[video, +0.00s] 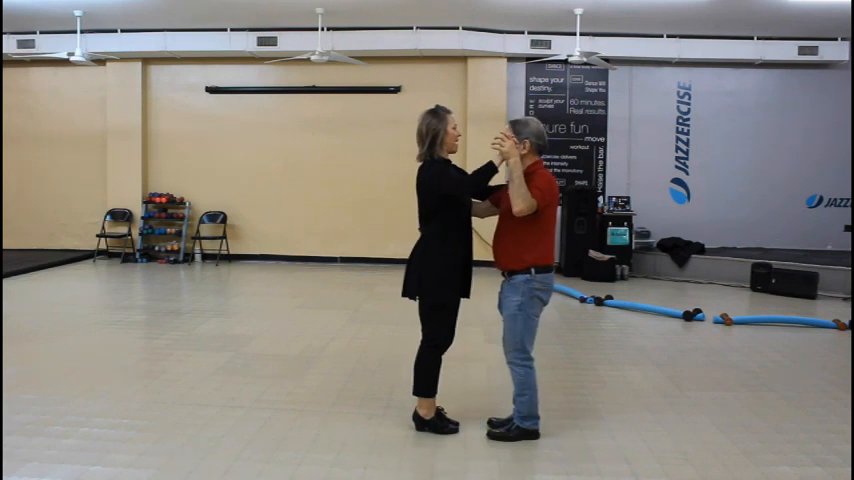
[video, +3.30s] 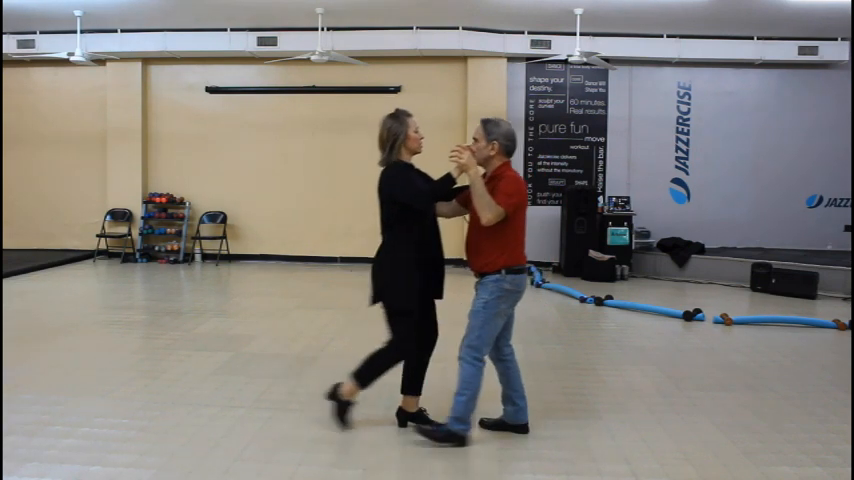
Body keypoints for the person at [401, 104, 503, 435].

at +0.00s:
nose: (459, 133)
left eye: (457, 127)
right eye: (453, 128)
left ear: (440, 133)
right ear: (439, 134)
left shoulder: (440, 168)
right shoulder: (436, 171)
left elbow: (474, 195)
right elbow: (469, 186)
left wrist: (508, 181)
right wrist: (496, 161)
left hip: (441, 267)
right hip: (437, 268)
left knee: (437, 338)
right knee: (435, 339)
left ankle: (427, 408)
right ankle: (424, 411)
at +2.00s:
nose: (460, 132)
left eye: (459, 127)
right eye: (455, 127)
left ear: (441, 132)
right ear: (440, 133)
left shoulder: (442, 167)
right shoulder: (438, 170)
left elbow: (472, 188)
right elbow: (472, 185)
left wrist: (505, 171)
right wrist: (501, 160)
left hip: (443, 267)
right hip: (439, 269)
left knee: (439, 338)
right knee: (438, 339)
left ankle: (427, 408)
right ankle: (425, 411)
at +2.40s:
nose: (453, 139)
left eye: (452, 133)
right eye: (448, 134)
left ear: (432, 138)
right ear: (433, 138)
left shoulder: (436, 173)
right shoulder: (425, 174)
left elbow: (464, 200)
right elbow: (455, 190)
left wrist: (498, 189)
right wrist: (485, 165)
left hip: (435, 270)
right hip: (421, 272)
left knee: (446, 336)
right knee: (445, 337)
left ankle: (429, 406)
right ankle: (410, 404)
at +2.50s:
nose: (446, 138)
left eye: (444, 133)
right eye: (440, 134)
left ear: (423, 140)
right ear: (424, 140)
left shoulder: (429, 176)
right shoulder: (419, 177)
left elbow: (457, 202)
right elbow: (444, 196)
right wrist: (473, 170)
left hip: (431, 274)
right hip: (415, 276)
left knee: (443, 335)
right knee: (437, 336)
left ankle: (428, 406)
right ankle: (376, 392)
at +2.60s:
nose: (435, 138)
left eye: (433, 133)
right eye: (429, 135)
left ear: (415, 142)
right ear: (415, 142)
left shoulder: (421, 179)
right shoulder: (408, 179)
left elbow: (449, 208)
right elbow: (435, 197)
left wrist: (481, 190)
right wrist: (462, 172)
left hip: (426, 278)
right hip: (406, 279)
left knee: (440, 333)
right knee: (408, 349)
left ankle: (428, 406)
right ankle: (344, 391)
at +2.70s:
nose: (424, 141)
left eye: (422, 136)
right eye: (419, 137)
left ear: (403, 144)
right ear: (404, 143)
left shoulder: (409, 180)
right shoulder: (398, 180)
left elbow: (441, 206)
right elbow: (424, 199)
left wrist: (472, 189)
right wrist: (450, 173)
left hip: (414, 278)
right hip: (393, 279)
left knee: (435, 333)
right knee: (378, 347)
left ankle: (427, 407)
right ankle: (321, 400)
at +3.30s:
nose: (421, 136)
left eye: (419, 130)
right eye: (415, 131)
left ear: (400, 137)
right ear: (400, 137)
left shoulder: (410, 172)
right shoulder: (396, 174)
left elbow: (441, 201)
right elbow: (430, 195)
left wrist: (474, 183)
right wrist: (456, 171)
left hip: (417, 272)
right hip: (398, 274)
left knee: (426, 336)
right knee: (406, 340)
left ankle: (409, 407)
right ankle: (346, 391)